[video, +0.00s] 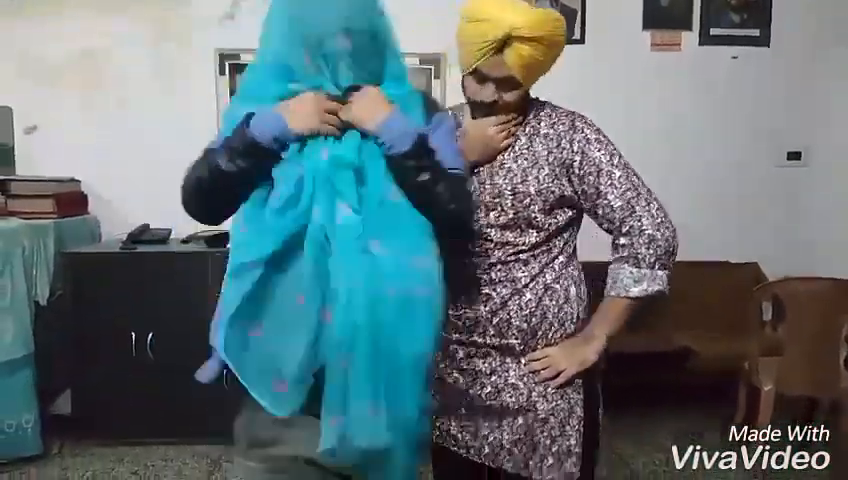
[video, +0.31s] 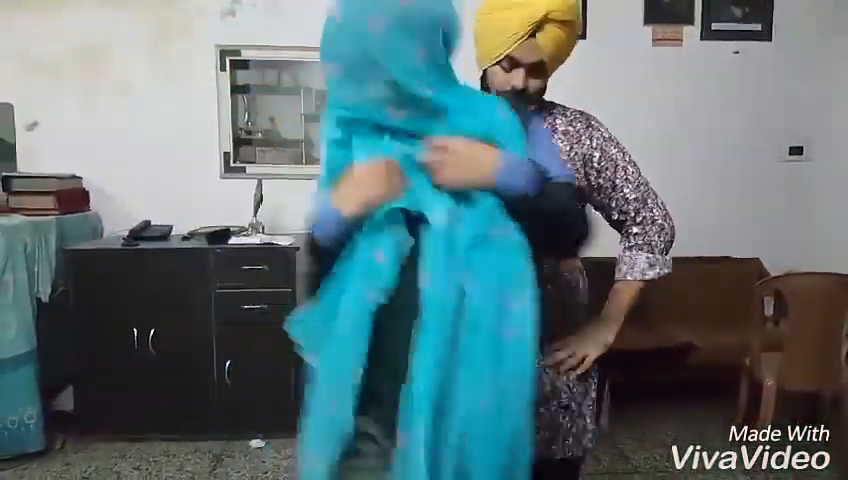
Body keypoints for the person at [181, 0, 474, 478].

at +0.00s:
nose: (339, 59)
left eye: (353, 40)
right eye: (319, 44)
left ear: (376, 37)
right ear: (289, 41)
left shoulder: (413, 112)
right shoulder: (264, 105)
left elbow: (459, 217)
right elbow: (202, 204)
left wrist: (394, 131)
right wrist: (275, 125)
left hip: (388, 392)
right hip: (277, 392)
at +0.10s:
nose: (353, 49)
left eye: (368, 36)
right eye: (336, 38)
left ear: (396, 35)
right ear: (312, 40)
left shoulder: (442, 117)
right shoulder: (292, 118)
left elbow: (488, 226)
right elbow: (223, 224)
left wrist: (421, 138)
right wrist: (285, 133)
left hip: (412, 377)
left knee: (403, 466)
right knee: (301, 464)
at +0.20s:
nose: (355, 59)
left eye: (372, 46)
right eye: (342, 46)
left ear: (408, 39)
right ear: (324, 48)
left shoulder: (468, 116)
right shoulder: (314, 123)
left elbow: (522, 228)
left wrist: (449, 148)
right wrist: (310, 163)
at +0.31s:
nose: (372, 88)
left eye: (382, 71)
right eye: (355, 68)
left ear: (414, 58)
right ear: (346, 61)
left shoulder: (489, 119)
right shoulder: (348, 126)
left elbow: (570, 226)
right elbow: (320, 248)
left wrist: (501, 171)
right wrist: (343, 205)